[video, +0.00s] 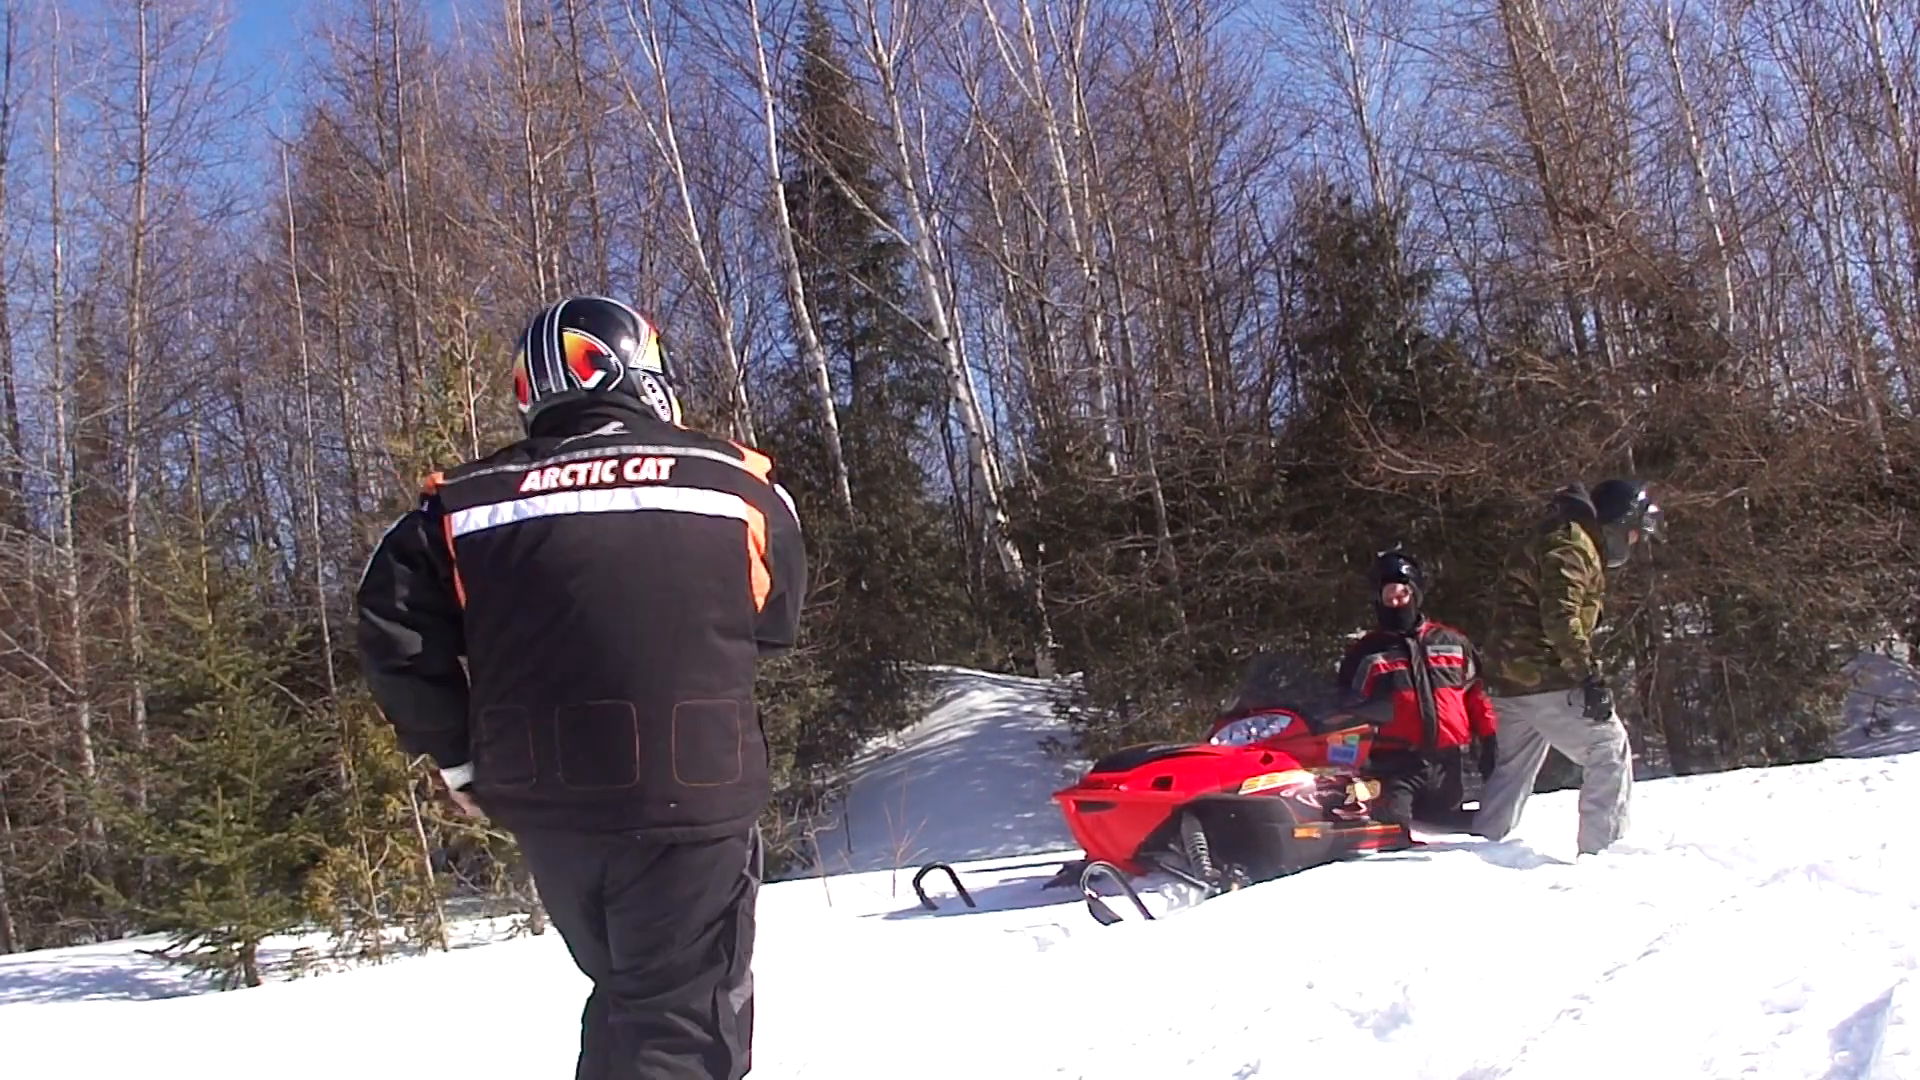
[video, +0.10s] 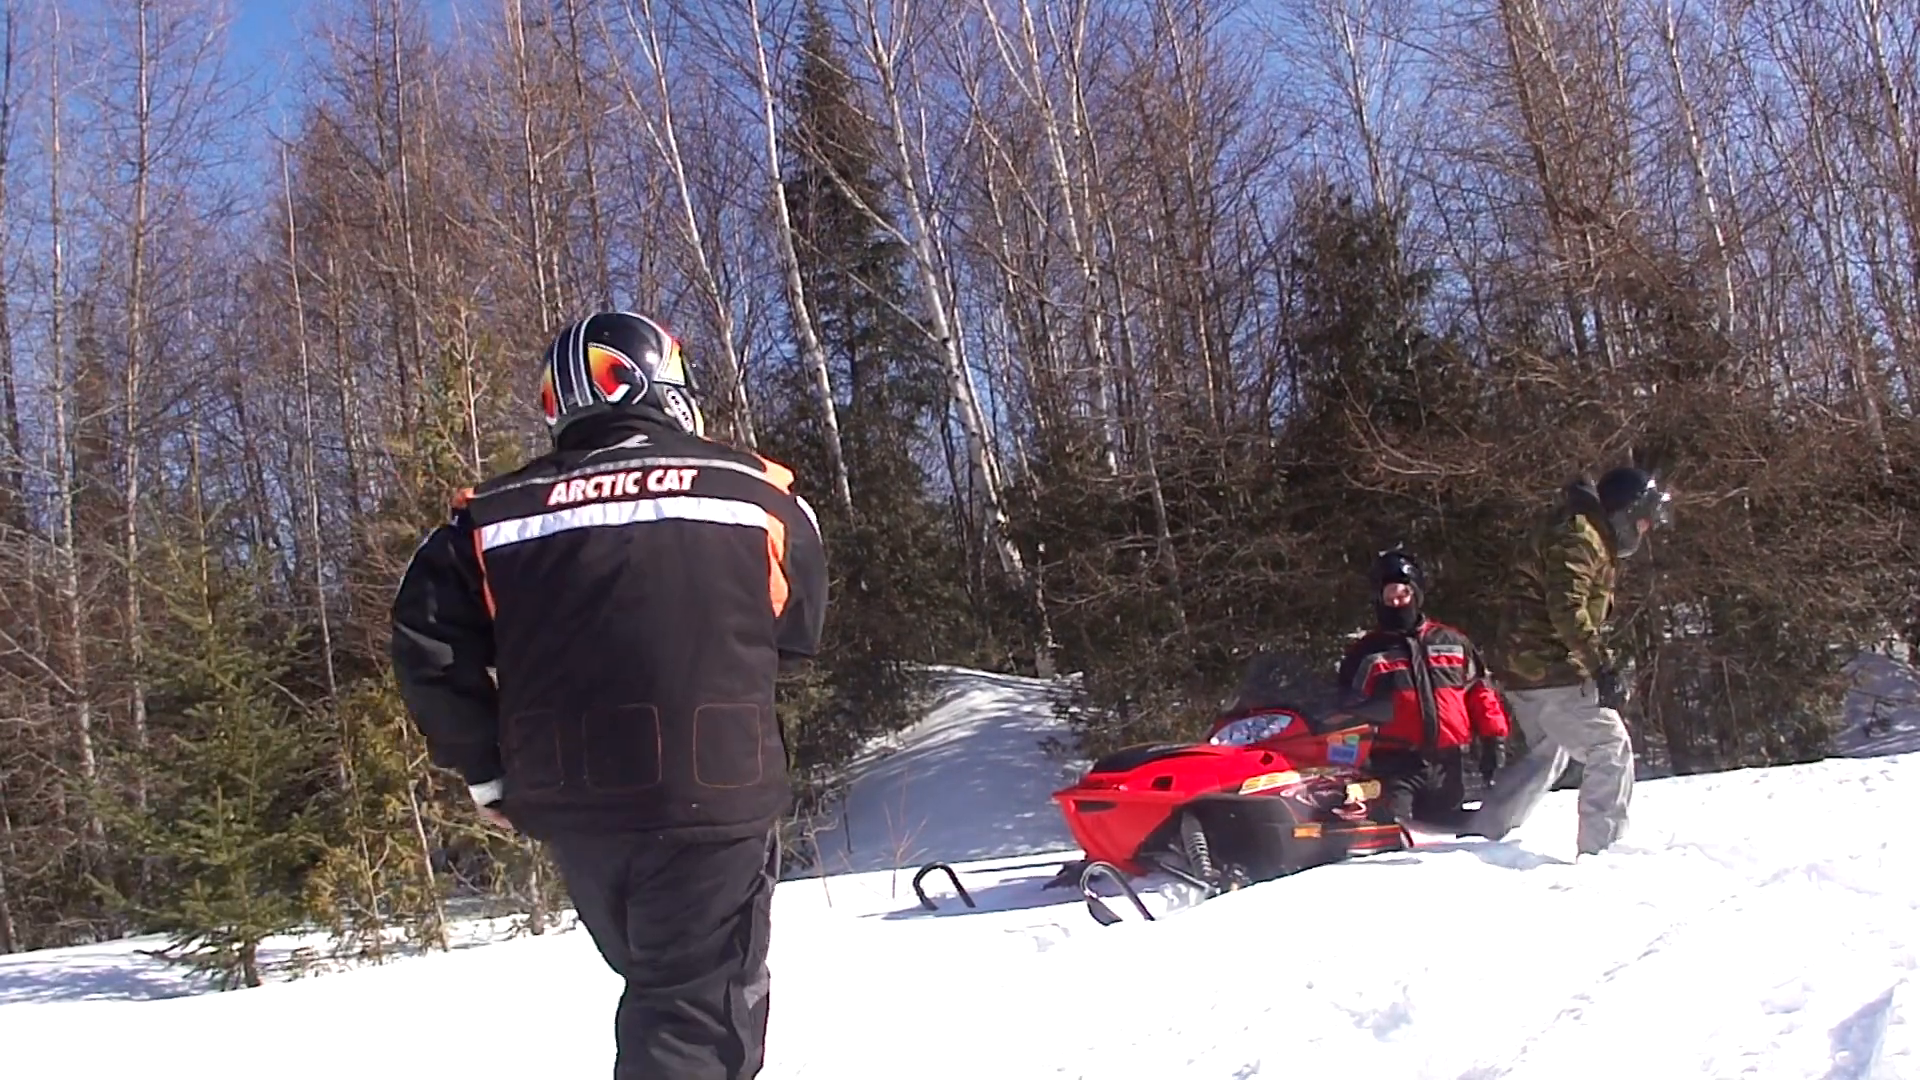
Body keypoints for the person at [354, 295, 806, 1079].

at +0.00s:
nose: (670, 382)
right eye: (662, 368)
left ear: (529, 388)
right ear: (645, 374)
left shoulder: (461, 498)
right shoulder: (737, 485)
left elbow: (391, 629)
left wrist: (455, 754)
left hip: (543, 812)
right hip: (694, 807)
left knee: (623, 1002)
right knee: (675, 1027)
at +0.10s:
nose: (691, 391)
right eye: (683, 377)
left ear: (557, 398)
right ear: (670, 384)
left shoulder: (491, 509)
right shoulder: (758, 491)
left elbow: (425, 645)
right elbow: (799, 632)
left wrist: (484, 767)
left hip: (568, 811)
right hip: (713, 802)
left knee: (682, 995)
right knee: (685, 1024)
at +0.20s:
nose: (710, 400)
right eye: (701, 387)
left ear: (581, 406)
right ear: (687, 392)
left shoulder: (514, 518)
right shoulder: (774, 490)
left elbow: (456, 650)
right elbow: (825, 627)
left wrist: (520, 763)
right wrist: (752, 687)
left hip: (593, 813)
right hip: (740, 798)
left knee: (663, 1010)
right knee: (749, 1012)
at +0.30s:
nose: (734, 410)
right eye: (725, 396)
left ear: (605, 417)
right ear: (712, 401)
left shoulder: (543, 523)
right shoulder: (784, 489)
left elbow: (474, 637)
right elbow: (856, 628)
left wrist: (543, 751)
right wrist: (789, 702)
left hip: (614, 809)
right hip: (760, 791)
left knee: (688, 996)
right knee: (820, 959)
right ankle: (755, 1068)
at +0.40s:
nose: (758, 416)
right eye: (749, 404)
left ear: (642, 419)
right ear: (740, 410)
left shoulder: (579, 523)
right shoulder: (802, 486)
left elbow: (505, 626)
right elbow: (881, 613)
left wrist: (570, 734)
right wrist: (826, 697)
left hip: (641, 794)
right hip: (788, 778)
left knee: (698, 978)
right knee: (847, 941)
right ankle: (835, 1069)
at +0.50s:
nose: (796, 428)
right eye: (787, 417)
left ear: (680, 429)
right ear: (774, 420)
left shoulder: (617, 526)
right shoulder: (831, 489)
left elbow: (543, 622)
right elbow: (908, 599)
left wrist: (602, 729)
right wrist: (863, 691)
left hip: (672, 787)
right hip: (812, 777)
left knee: (707, 980)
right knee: (852, 969)